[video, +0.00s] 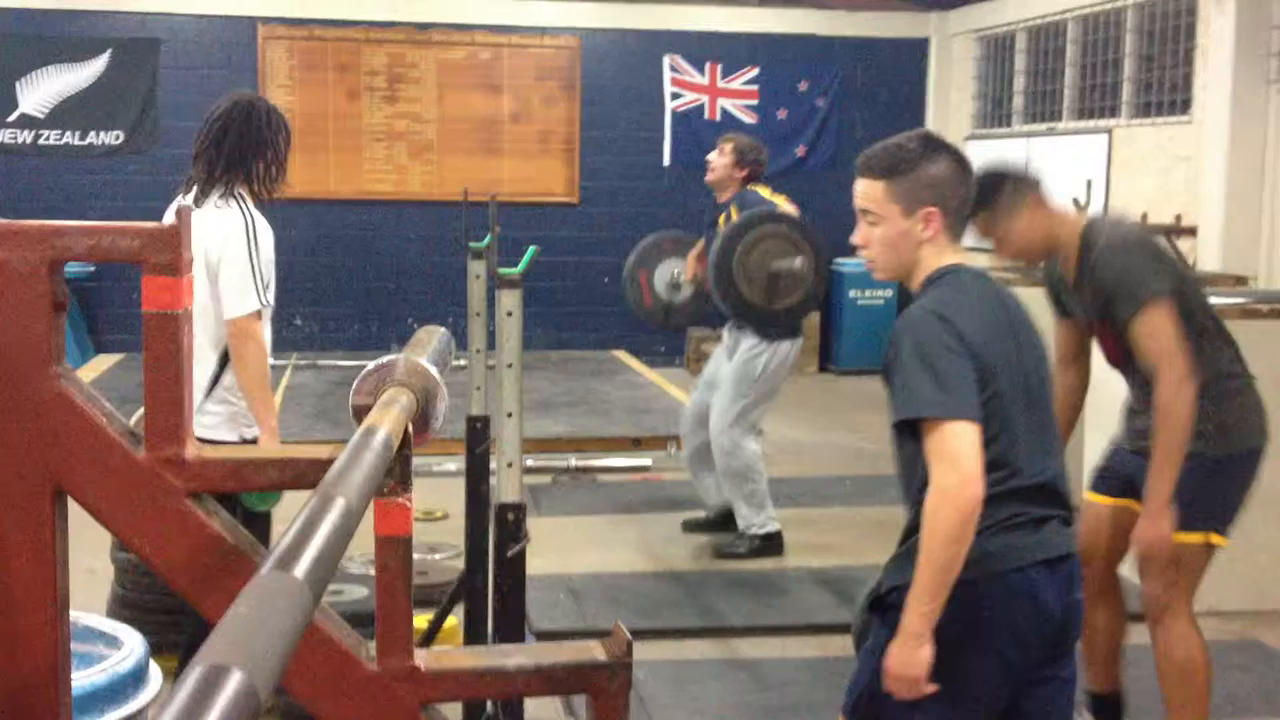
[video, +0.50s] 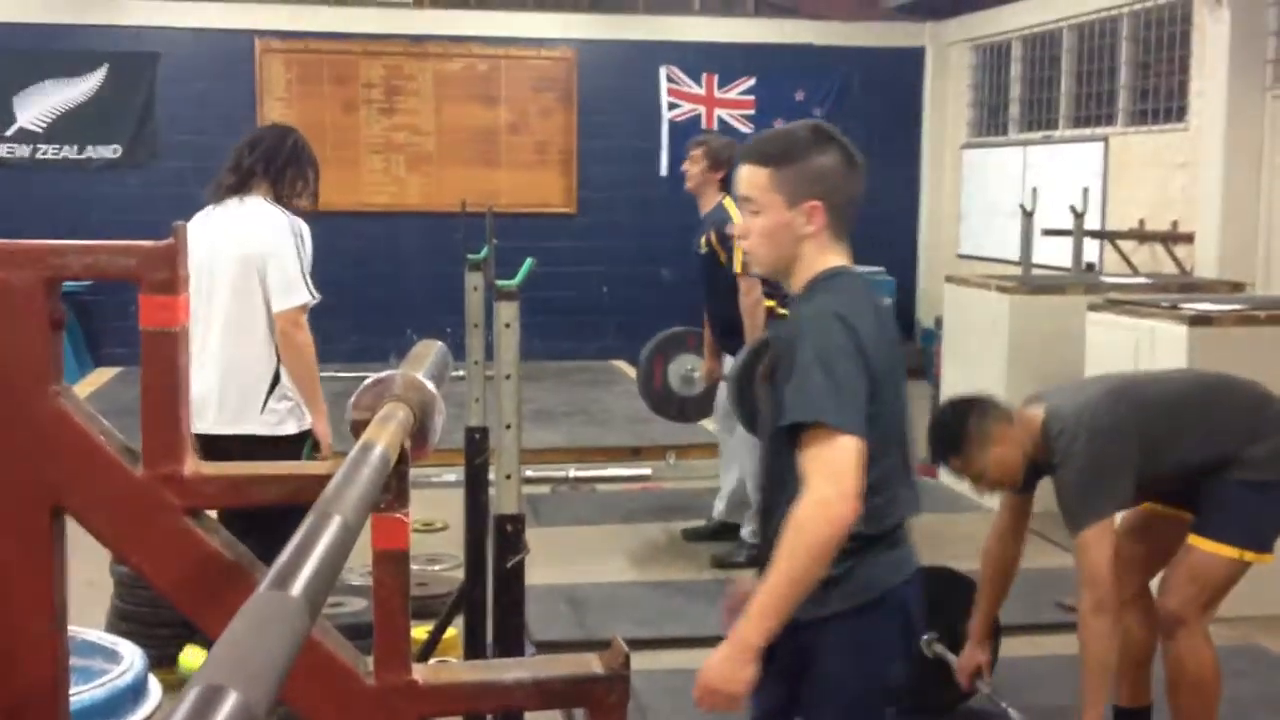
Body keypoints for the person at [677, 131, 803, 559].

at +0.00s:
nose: (708, 160)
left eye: (718, 154)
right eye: (712, 153)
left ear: (742, 167)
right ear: (734, 169)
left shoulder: (762, 204)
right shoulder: (725, 214)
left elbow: (796, 231)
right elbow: (713, 252)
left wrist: (713, 266)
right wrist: (697, 264)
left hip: (771, 336)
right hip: (737, 331)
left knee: (729, 426)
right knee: (697, 417)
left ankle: (762, 529)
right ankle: (724, 508)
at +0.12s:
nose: (728, 138)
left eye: (738, 134)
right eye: (732, 131)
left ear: (759, 148)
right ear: (748, 148)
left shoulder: (763, 183)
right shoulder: (739, 190)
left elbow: (783, 227)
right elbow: (723, 244)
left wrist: (750, 271)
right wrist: (701, 282)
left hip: (763, 327)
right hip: (738, 325)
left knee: (751, 422)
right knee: (721, 414)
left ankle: (764, 526)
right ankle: (731, 508)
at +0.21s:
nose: (729, 138)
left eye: (739, 133)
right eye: (733, 131)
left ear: (760, 148)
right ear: (752, 147)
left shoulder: (768, 188)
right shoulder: (737, 193)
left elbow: (777, 252)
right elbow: (720, 258)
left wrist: (753, 308)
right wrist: (701, 313)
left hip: (762, 322)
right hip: (739, 319)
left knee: (753, 417)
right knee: (730, 411)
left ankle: (766, 528)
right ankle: (737, 508)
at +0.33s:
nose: (707, 151)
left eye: (716, 145)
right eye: (711, 144)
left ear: (738, 160)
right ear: (733, 160)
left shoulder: (743, 206)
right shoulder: (719, 211)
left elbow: (758, 276)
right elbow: (713, 284)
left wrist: (754, 346)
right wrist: (708, 345)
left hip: (757, 337)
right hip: (732, 336)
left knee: (755, 434)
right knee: (724, 423)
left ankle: (765, 531)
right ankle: (734, 510)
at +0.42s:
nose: (691, 161)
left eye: (701, 156)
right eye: (696, 154)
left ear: (723, 168)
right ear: (715, 168)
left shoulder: (730, 217)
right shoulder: (710, 220)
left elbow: (750, 288)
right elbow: (711, 294)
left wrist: (754, 356)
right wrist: (710, 354)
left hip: (767, 340)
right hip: (737, 344)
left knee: (759, 436)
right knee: (724, 427)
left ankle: (764, 531)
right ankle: (733, 512)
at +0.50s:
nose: (684, 169)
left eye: (692, 162)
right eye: (686, 161)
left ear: (714, 171)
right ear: (706, 170)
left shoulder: (729, 223)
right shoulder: (706, 223)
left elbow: (750, 290)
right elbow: (712, 296)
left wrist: (756, 355)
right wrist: (710, 354)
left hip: (753, 352)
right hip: (732, 351)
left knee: (753, 440)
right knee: (729, 431)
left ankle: (758, 532)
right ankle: (730, 513)